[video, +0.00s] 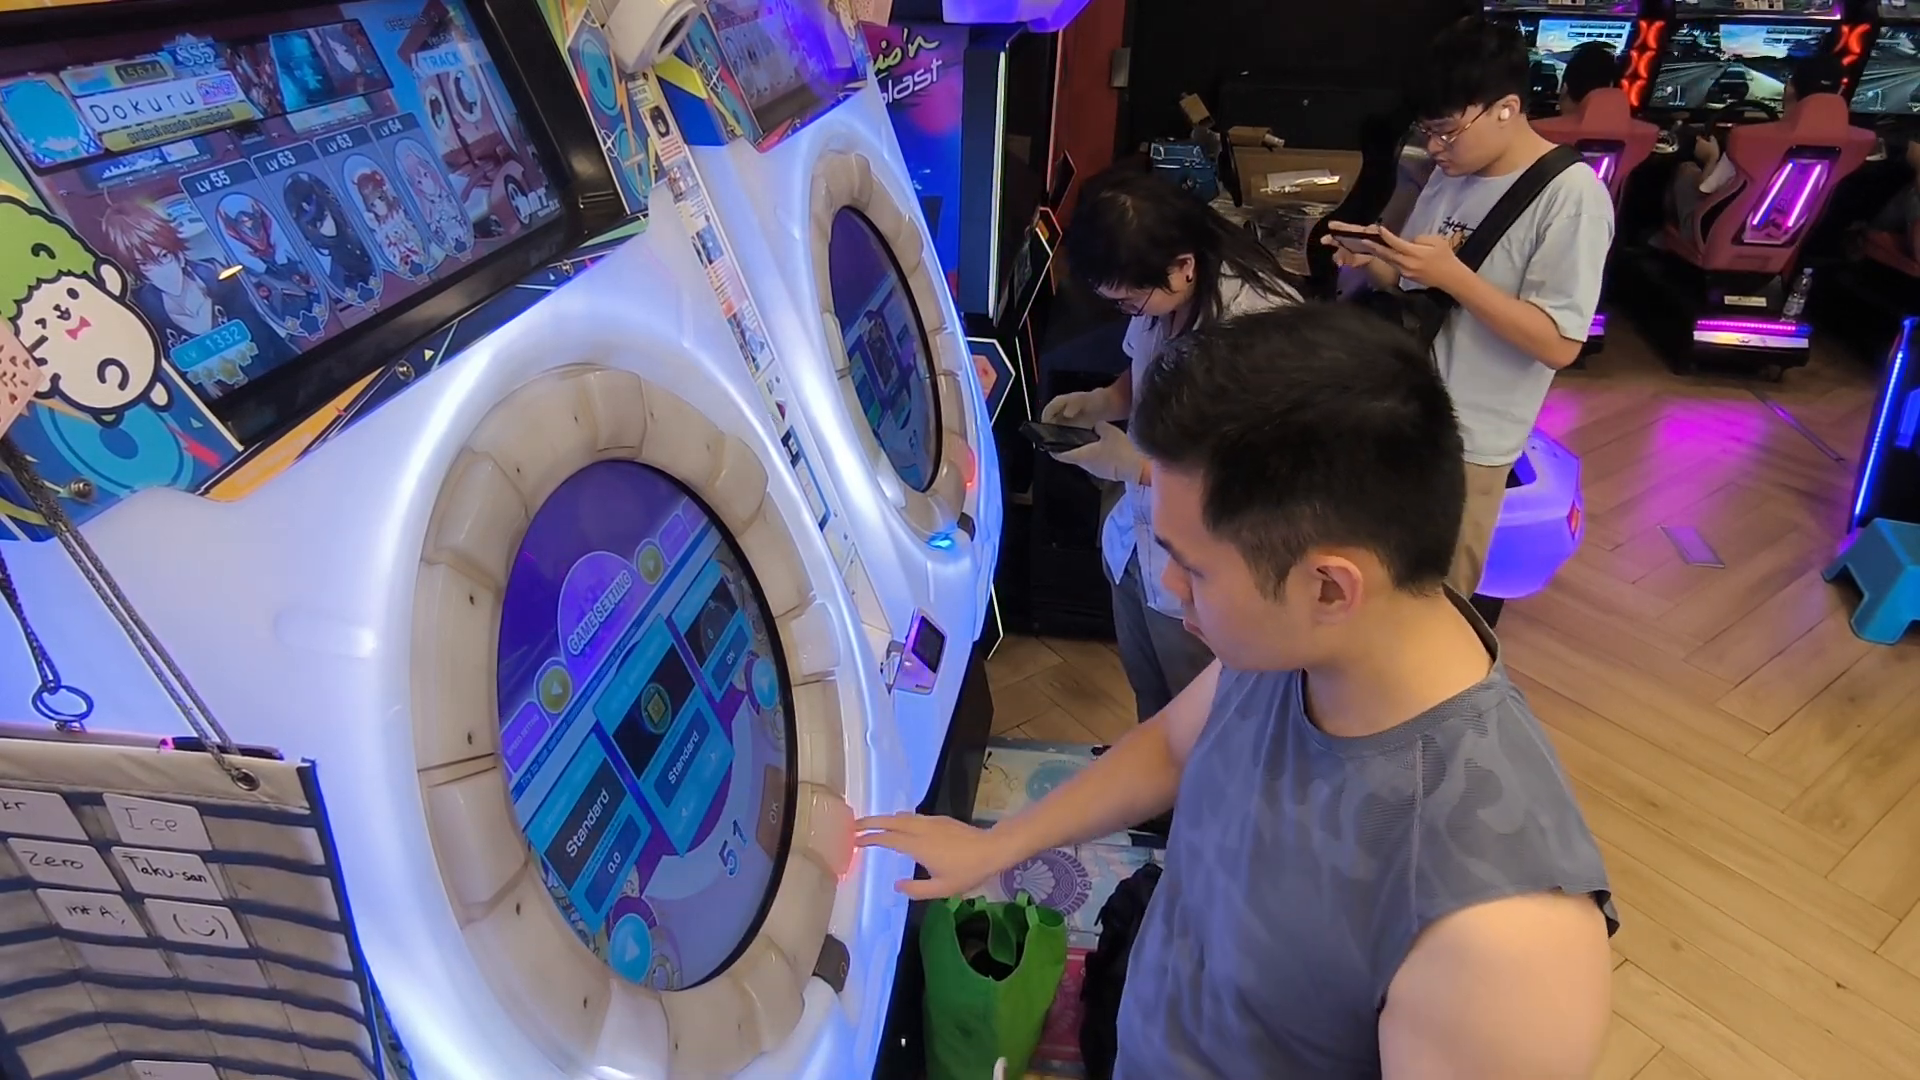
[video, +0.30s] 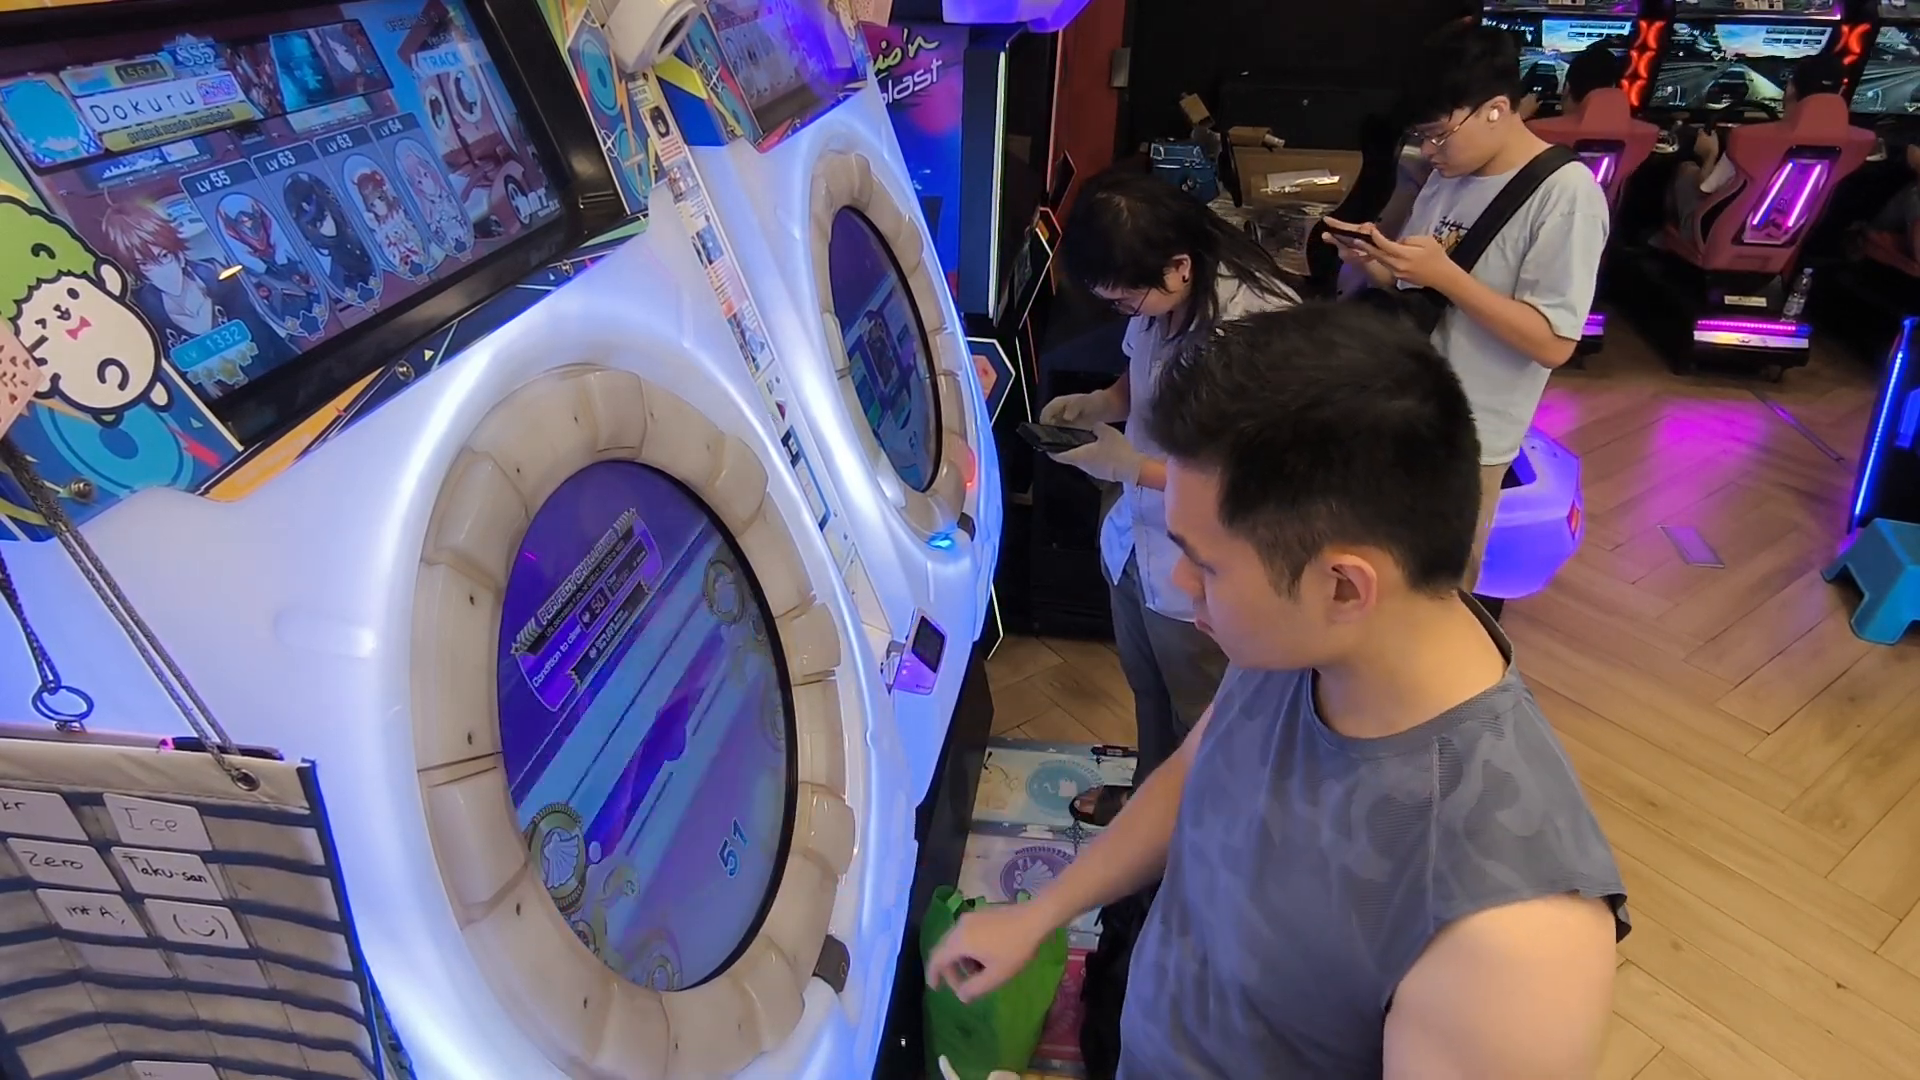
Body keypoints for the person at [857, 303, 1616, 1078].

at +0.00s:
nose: (1164, 582)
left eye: (1188, 566)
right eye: (1165, 550)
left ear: (1331, 589)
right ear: (1329, 591)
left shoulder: (1501, 925)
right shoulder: (1288, 642)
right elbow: (1165, 748)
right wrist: (1000, 843)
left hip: (1213, 1073)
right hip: (1140, 984)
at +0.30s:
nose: (1179, 586)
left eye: (1204, 564)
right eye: (1181, 550)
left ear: (1345, 588)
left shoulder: (1513, 922)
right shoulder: (1302, 650)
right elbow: (1192, 777)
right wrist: (1039, 913)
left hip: (1232, 1069)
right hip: (1135, 1011)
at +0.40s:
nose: (1186, 587)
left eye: (1211, 571)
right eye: (1192, 555)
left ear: (1359, 598)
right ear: (1355, 596)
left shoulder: (1524, 928)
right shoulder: (1294, 643)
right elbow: (1197, 789)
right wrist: (1074, 941)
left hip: (1215, 1063)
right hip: (1131, 998)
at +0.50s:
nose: (1193, 599)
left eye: (1220, 586)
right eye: (1196, 568)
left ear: (1370, 611)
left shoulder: (1531, 940)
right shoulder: (1291, 645)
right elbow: (1203, 797)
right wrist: (1095, 951)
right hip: (1121, 1013)